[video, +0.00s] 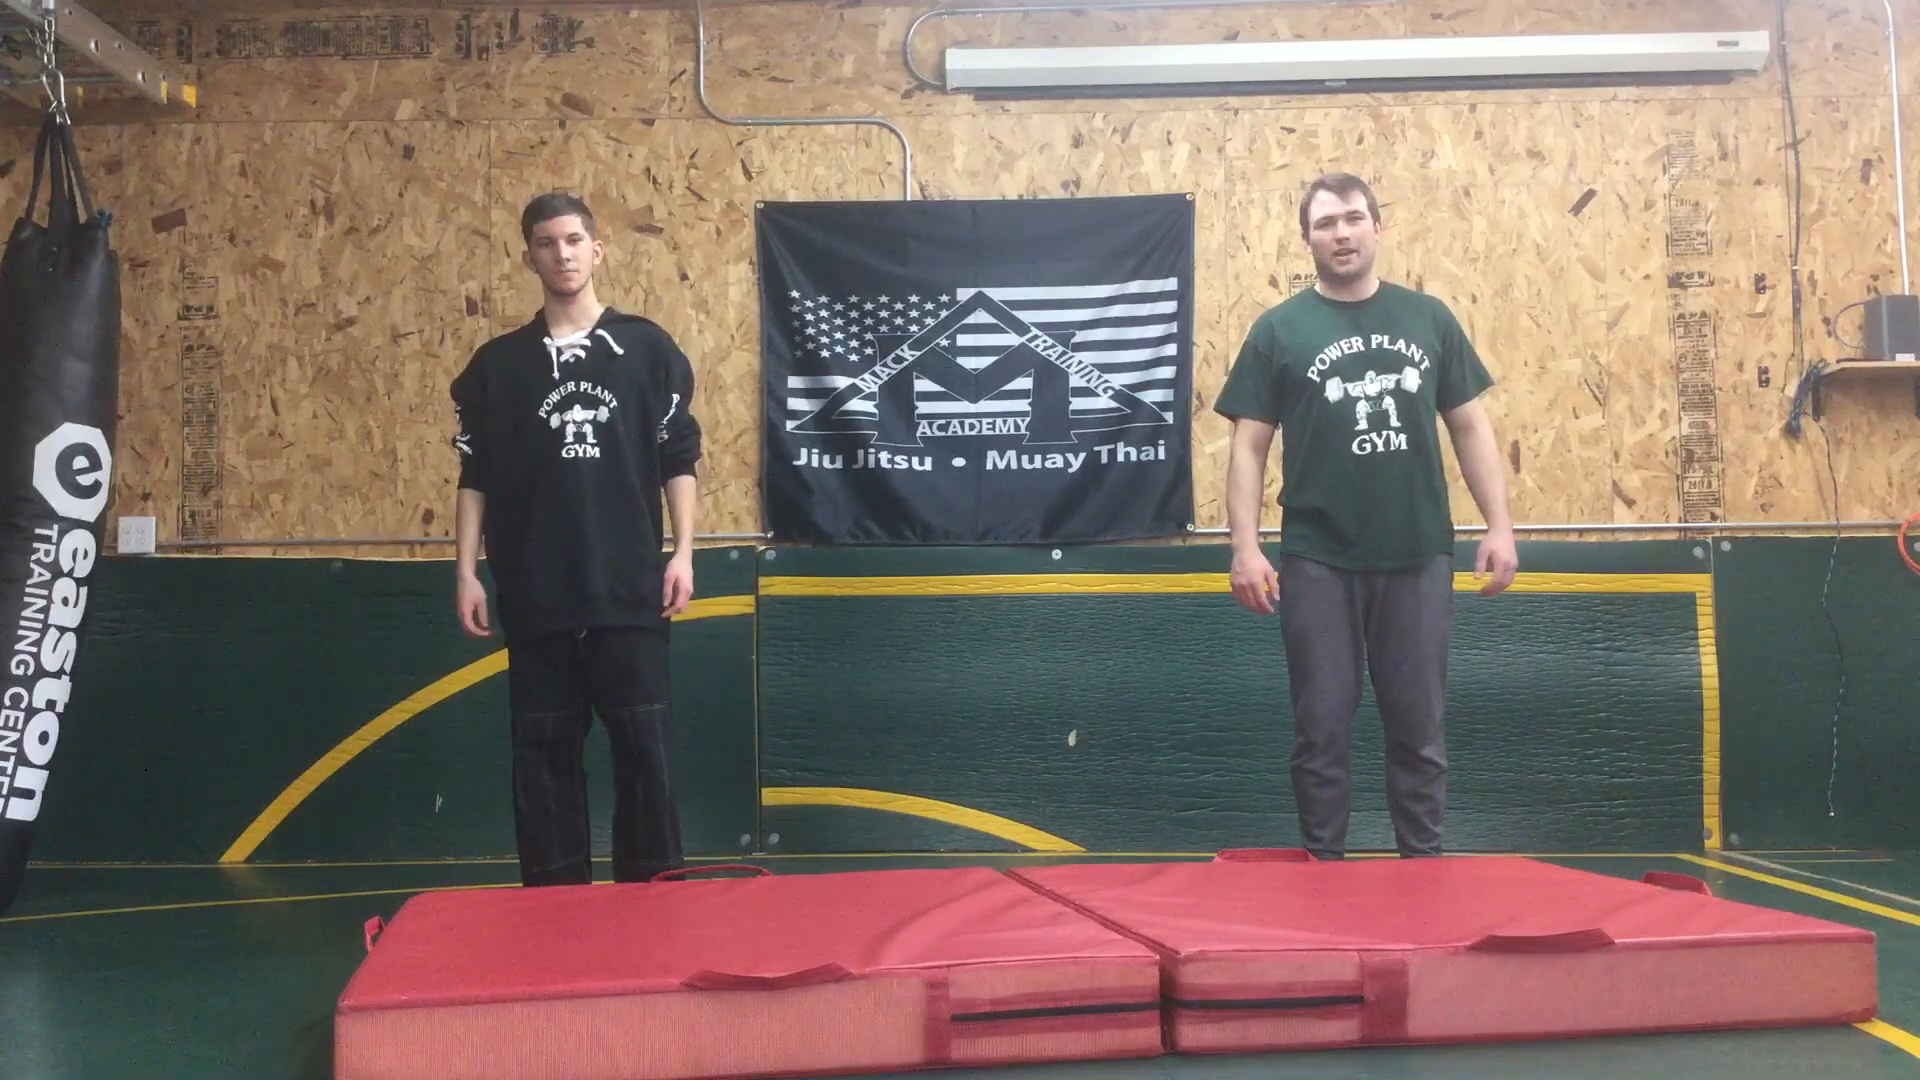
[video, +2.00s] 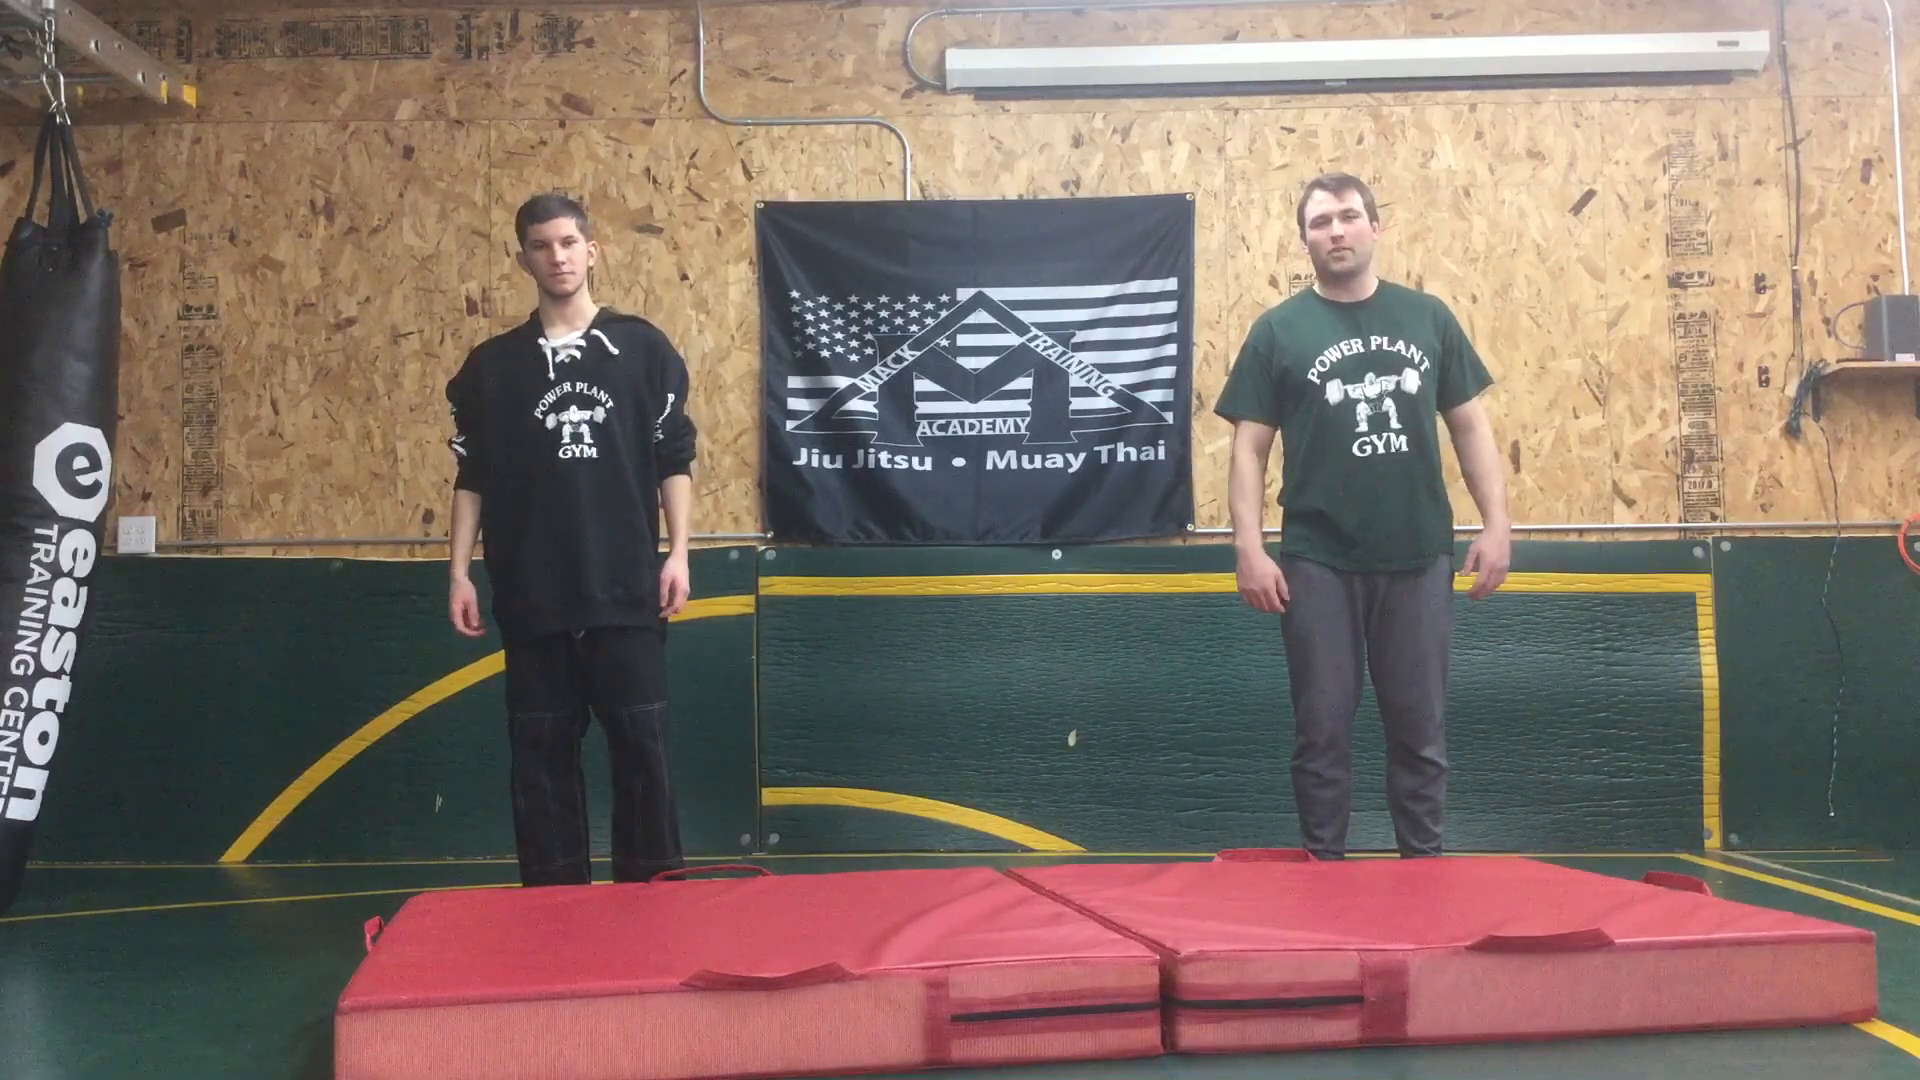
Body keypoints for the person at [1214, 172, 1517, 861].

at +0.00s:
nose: (1342, 233)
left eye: (1353, 219)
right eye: (1325, 224)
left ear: (1378, 228)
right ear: (1307, 240)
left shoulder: (1428, 318)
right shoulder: (1279, 331)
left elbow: (1469, 425)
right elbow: (1249, 446)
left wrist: (1500, 525)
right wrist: (1245, 546)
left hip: (1416, 553)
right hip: (1317, 556)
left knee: (1418, 726)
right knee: (1322, 725)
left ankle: (1423, 869)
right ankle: (1323, 870)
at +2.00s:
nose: (1336, 230)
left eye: (1348, 217)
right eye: (1320, 222)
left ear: (1376, 229)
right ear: (1304, 241)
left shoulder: (1428, 318)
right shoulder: (1278, 331)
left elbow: (1468, 426)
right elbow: (1249, 446)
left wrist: (1497, 525)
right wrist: (1249, 547)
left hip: (1417, 555)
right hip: (1317, 557)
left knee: (1419, 726)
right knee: (1322, 725)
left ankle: (1423, 870)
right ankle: (1324, 871)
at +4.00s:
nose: (1337, 241)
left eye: (1349, 225)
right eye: (1322, 231)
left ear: (1375, 231)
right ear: (1305, 243)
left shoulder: (1429, 319)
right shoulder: (1278, 332)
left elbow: (1468, 425)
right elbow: (1249, 446)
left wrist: (1495, 524)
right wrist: (1252, 546)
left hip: (1416, 555)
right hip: (1316, 557)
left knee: (1420, 728)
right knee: (1322, 727)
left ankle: (1422, 871)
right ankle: (1323, 873)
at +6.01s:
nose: (1345, 242)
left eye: (1358, 228)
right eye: (1331, 231)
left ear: (1383, 234)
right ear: (1312, 241)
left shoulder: (1432, 321)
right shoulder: (1281, 331)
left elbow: (1472, 428)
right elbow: (1250, 446)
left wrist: (1501, 526)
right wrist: (1250, 545)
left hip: (1419, 555)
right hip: (1319, 557)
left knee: (1421, 726)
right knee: (1323, 725)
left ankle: (1423, 869)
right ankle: (1323, 871)